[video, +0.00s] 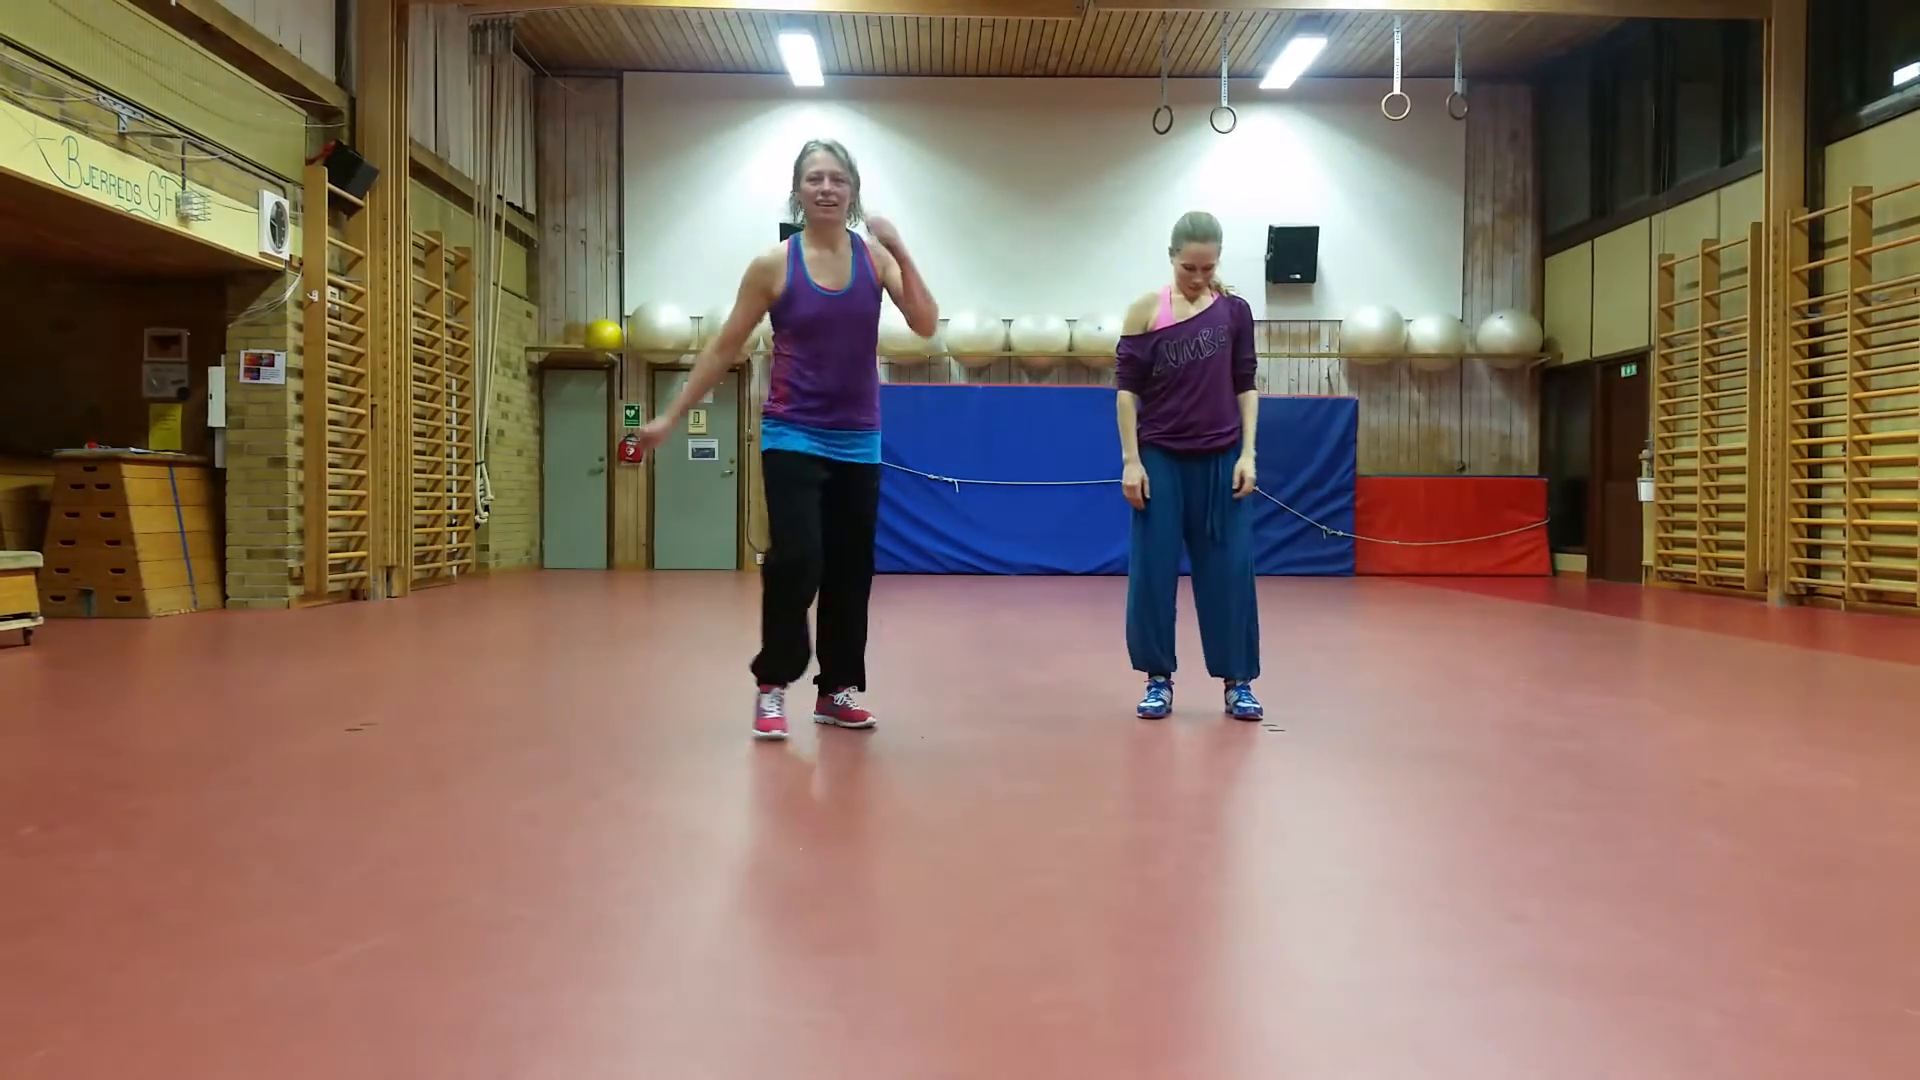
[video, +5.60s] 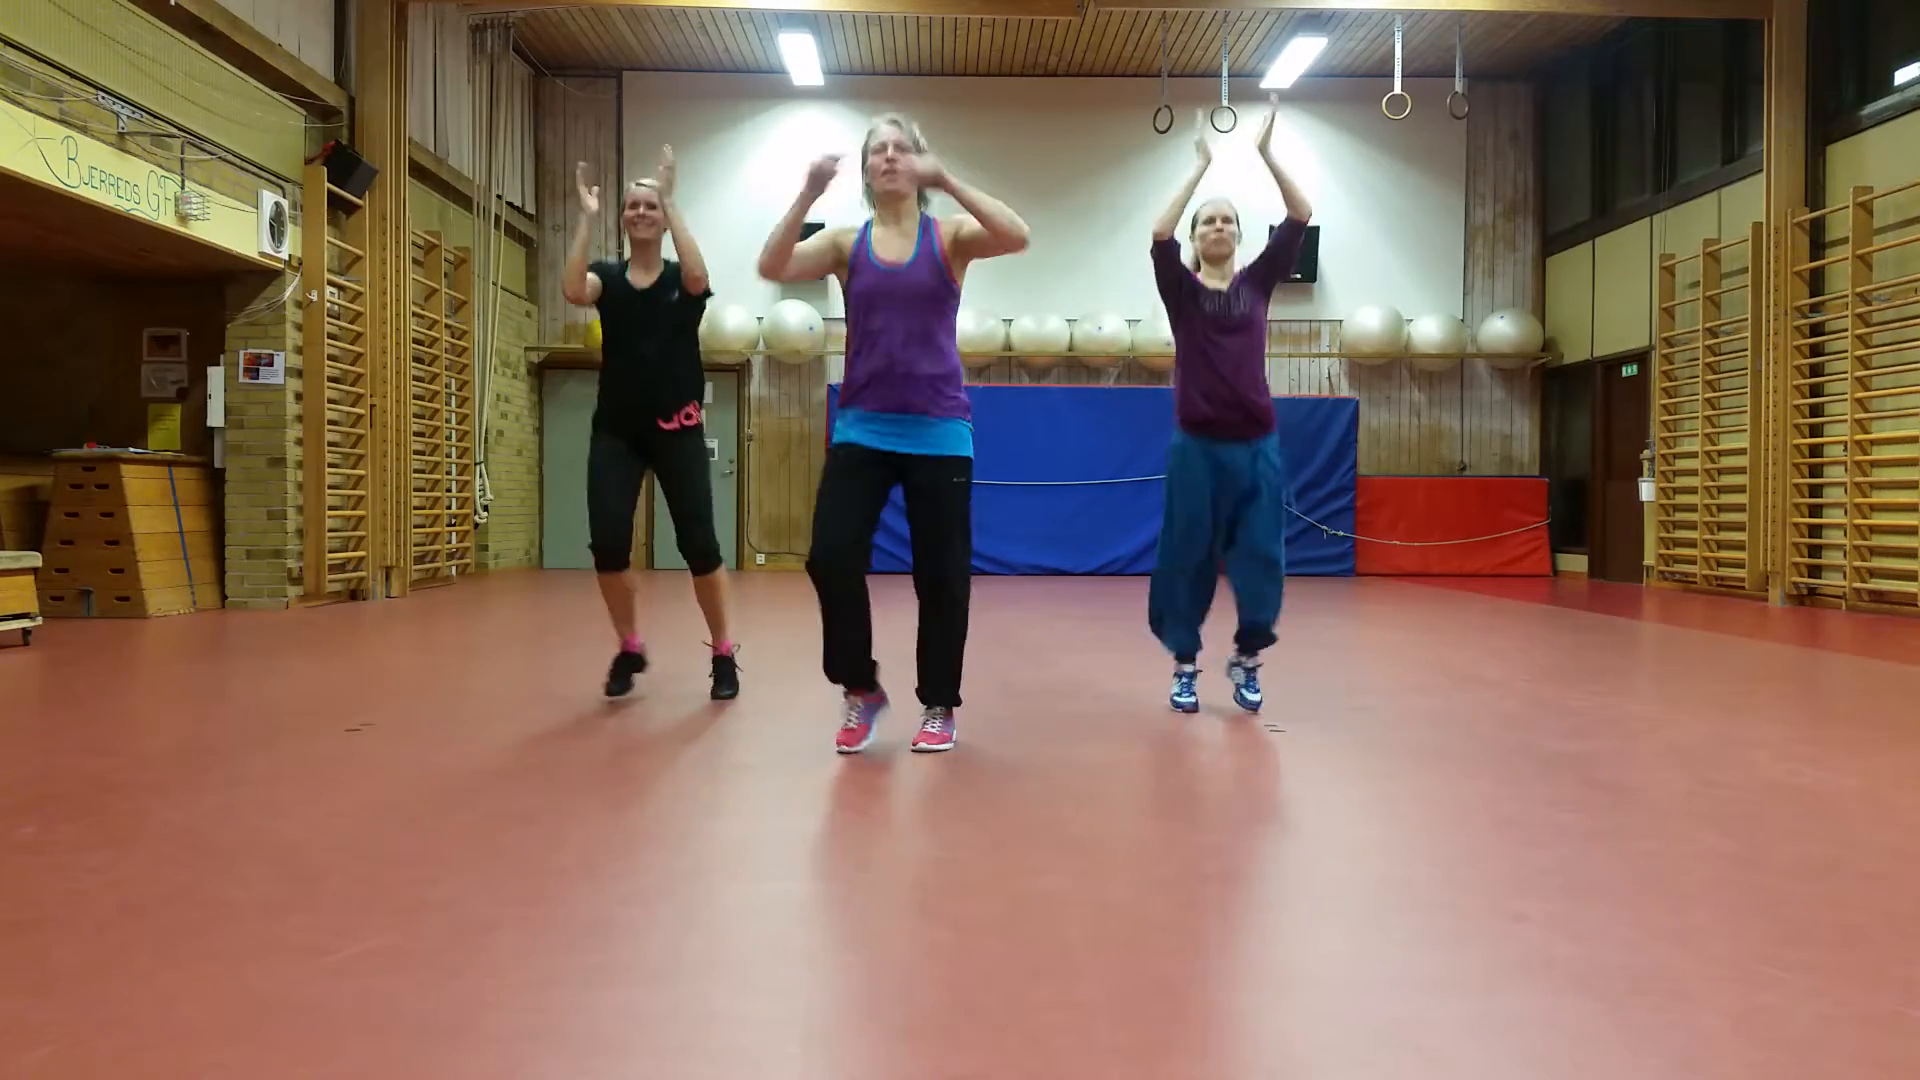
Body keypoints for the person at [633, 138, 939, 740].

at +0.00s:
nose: (826, 188)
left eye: (837, 179)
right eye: (814, 179)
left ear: (854, 191)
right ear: (797, 191)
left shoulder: (874, 258)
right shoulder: (772, 265)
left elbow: (926, 323)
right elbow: (724, 350)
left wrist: (901, 249)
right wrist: (668, 419)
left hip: (858, 437)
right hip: (792, 434)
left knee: (851, 569)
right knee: (797, 561)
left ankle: (838, 690)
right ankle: (773, 685)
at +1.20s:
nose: (836, 177)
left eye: (847, 169)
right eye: (824, 169)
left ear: (865, 184)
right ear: (808, 187)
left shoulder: (893, 250)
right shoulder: (789, 260)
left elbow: (942, 306)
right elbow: (758, 343)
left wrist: (912, 234)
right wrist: (737, 397)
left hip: (879, 432)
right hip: (805, 433)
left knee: (890, 550)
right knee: (812, 568)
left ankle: (880, 674)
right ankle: (821, 697)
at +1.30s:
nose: (839, 170)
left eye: (849, 162)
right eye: (827, 163)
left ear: (867, 179)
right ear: (811, 181)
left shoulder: (892, 239)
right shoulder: (791, 247)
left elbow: (939, 263)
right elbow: (763, 325)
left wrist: (925, 187)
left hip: (882, 422)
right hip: (810, 426)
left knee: (885, 540)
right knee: (812, 566)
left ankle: (883, 662)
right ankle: (821, 696)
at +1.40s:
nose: (842, 167)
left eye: (852, 159)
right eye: (830, 159)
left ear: (870, 175)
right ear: (815, 176)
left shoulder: (890, 239)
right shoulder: (801, 235)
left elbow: (920, 219)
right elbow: (794, 258)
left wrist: (890, 144)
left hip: (884, 416)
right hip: (816, 418)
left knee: (881, 553)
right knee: (817, 560)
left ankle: (884, 686)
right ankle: (826, 694)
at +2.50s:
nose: (870, 151)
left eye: (881, 144)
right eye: (858, 146)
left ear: (901, 161)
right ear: (844, 164)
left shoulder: (926, 225)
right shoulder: (834, 228)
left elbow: (946, 146)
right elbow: (795, 171)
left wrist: (907, 67)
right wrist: (817, 90)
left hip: (917, 415)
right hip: (842, 412)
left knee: (917, 561)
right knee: (830, 545)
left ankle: (915, 698)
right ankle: (846, 677)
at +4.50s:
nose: (889, 151)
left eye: (900, 143)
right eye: (878, 144)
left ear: (919, 160)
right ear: (861, 160)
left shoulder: (940, 222)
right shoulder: (847, 226)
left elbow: (977, 157)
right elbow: (821, 169)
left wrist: (946, 67)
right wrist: (836, 90)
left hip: (934, 413)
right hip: (860, 415)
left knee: (947, 550)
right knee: (860, 558)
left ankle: (930, 682)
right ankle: (868, 697)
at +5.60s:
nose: (890, 157)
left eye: (902, 149)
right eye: (879, 150)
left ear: (922, 168)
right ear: (865, 170)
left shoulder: (948, 234)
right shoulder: (846, 238)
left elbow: (1015, 236)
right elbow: (772, 266)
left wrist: (947, 180)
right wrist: (807, 196)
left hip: (939, 426)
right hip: (863, 424)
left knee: (943, 573)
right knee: (831, 560)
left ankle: (939, 708)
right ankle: (861, 693)